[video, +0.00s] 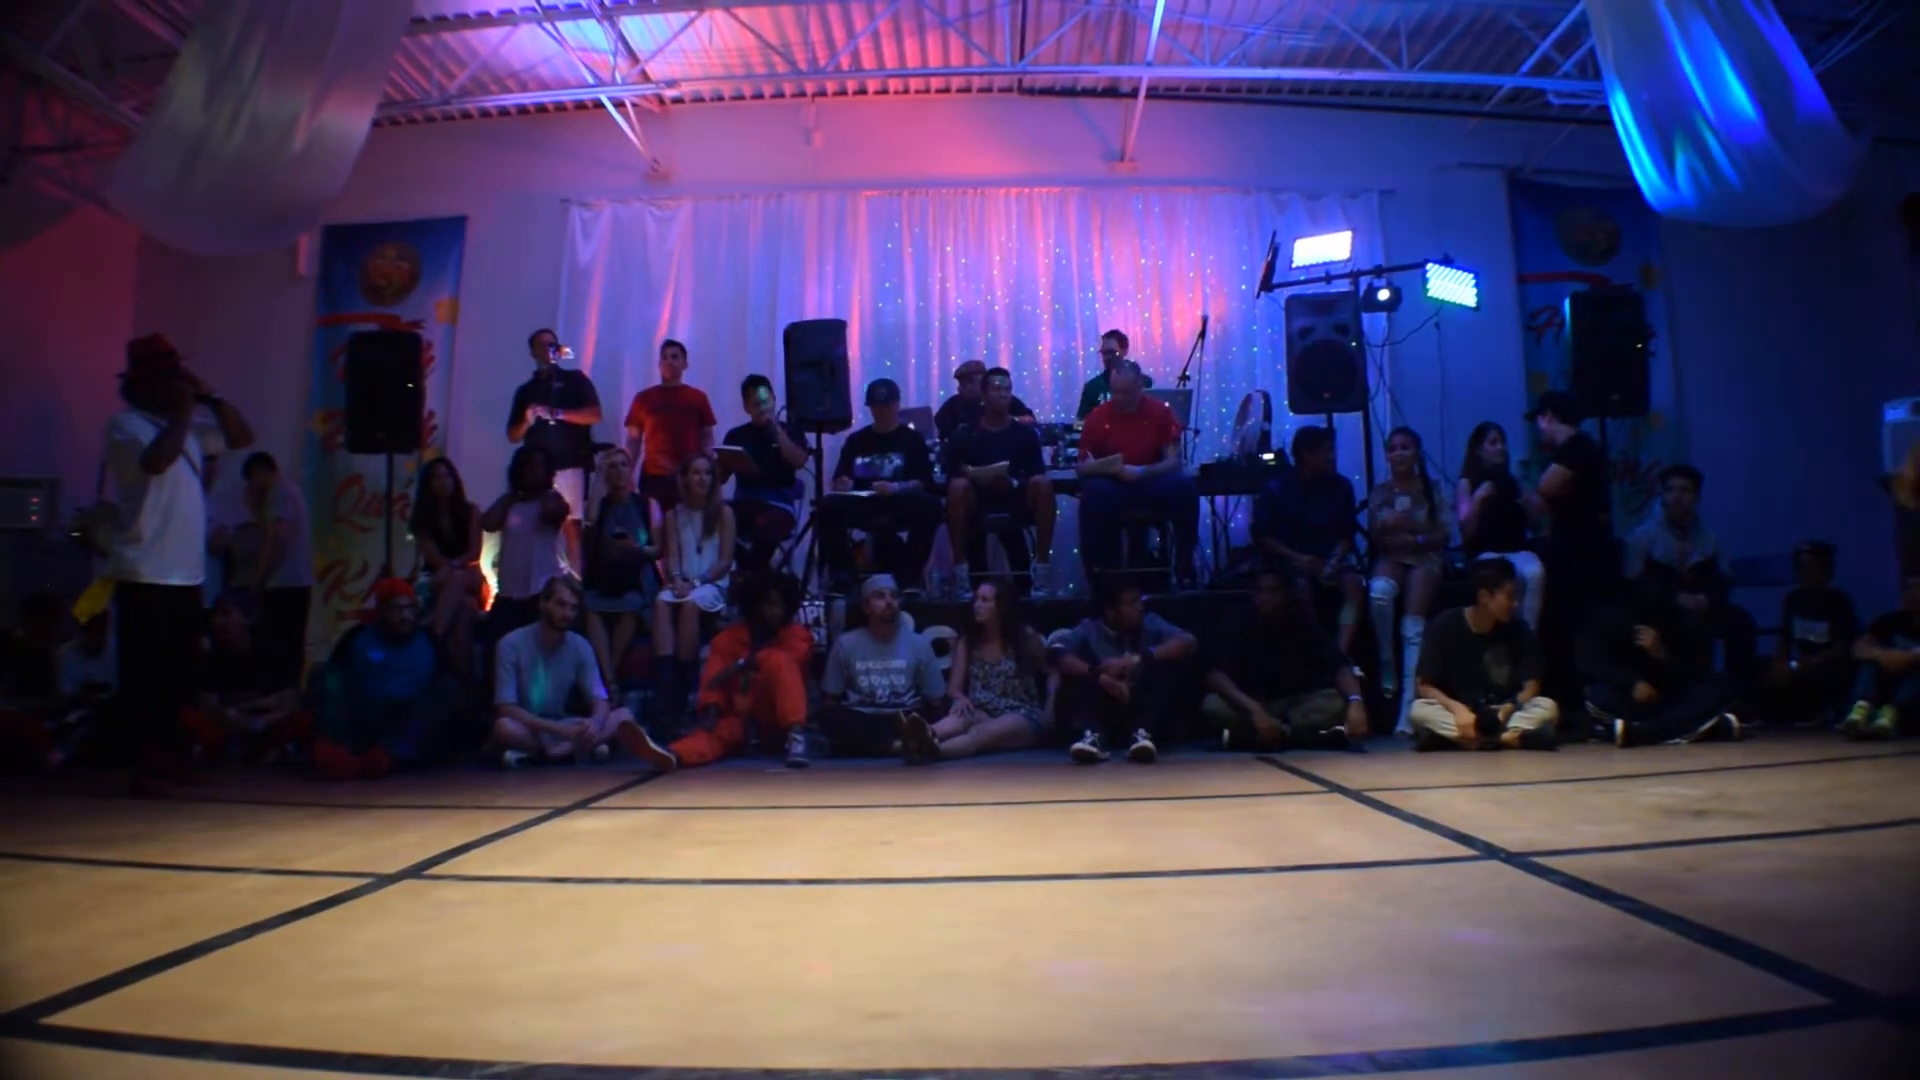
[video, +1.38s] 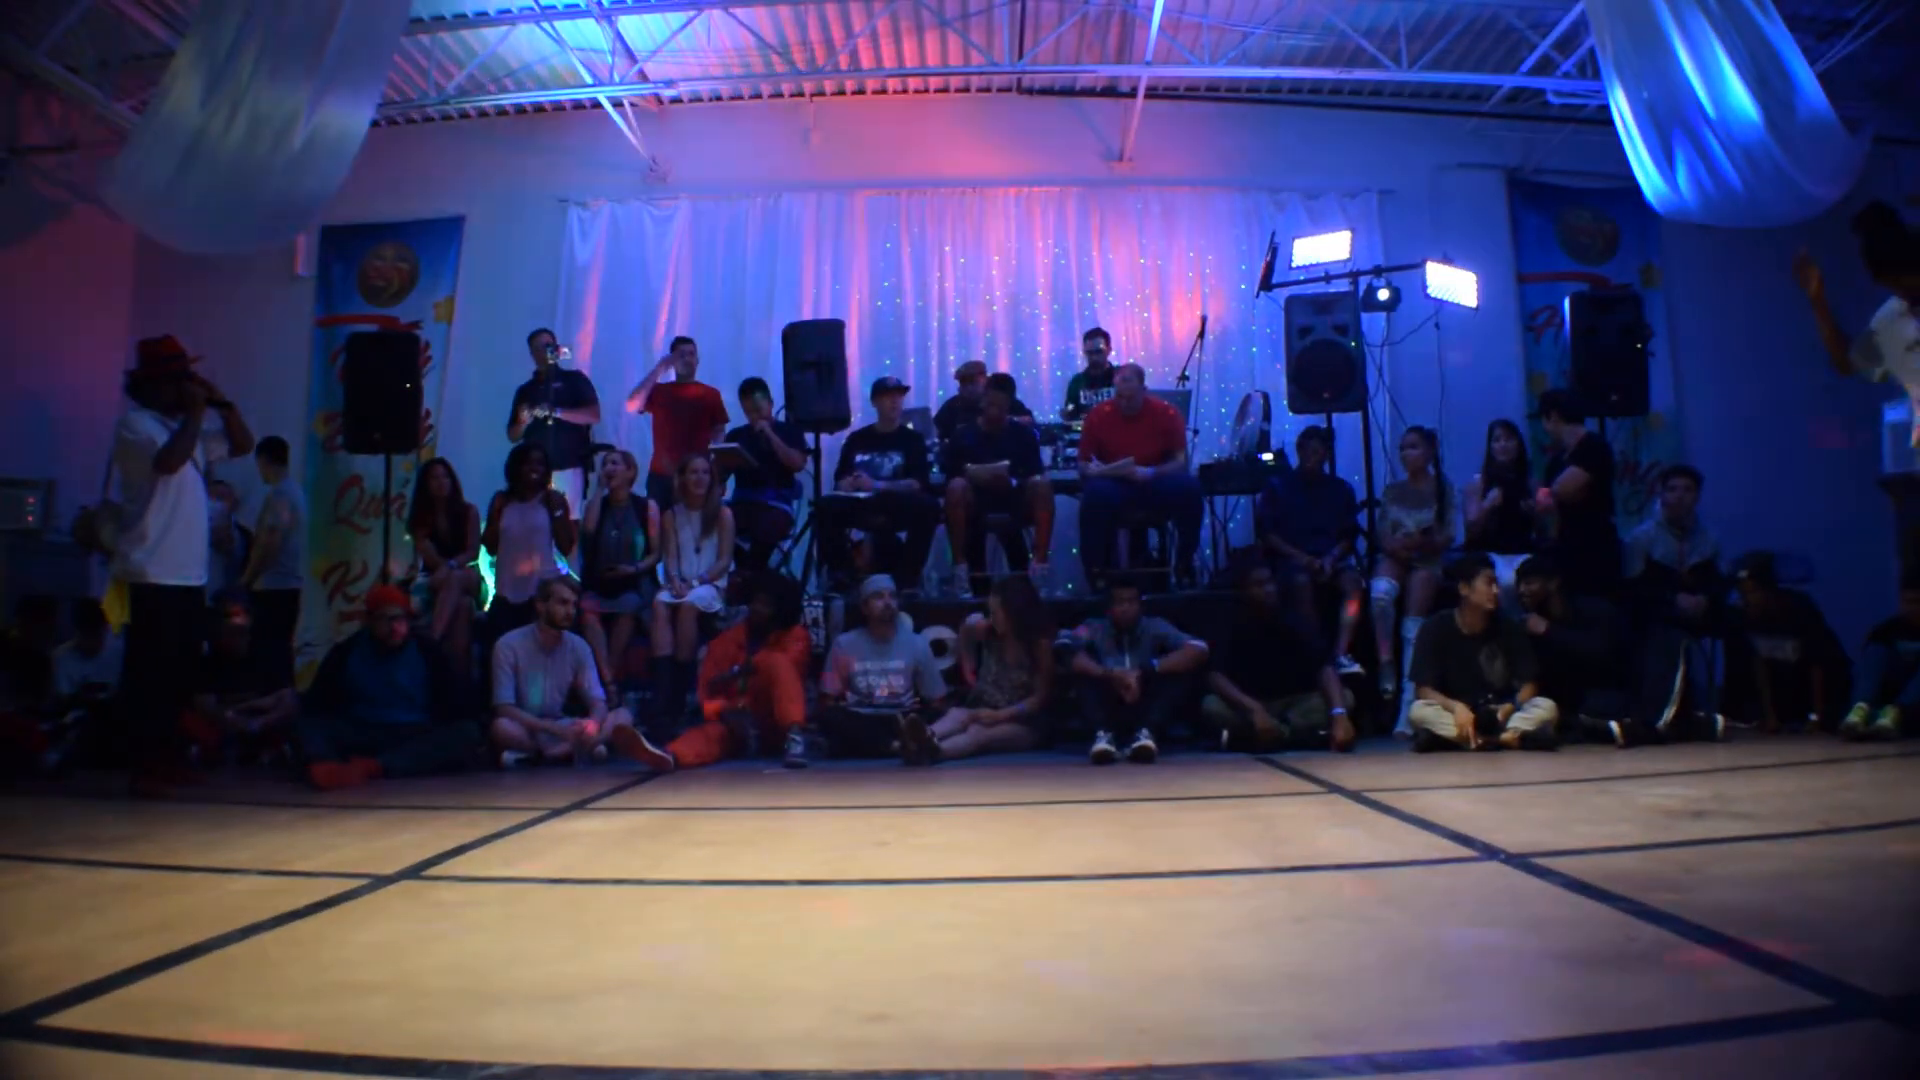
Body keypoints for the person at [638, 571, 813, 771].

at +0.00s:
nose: (775, 612)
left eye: (780, 606)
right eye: (768, 605)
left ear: (789, 608)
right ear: (753, 606)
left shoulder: (797, 635)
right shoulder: (728, 639)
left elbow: (790, 659)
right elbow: (712, 685)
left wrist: (752, 663)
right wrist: (711, 714)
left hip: (776, 714)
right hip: (738, 718)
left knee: (777, 659)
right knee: (715, 738)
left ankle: (796, 737)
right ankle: (673, 755)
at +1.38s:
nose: (757, 611)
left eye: (765, 605)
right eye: (755, 603)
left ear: (782, 610)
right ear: (749, 605)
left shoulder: (795, 636)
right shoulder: (726, 643)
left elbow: (786, 666)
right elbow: (707, 705)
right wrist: (731, 709)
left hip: (772, 719)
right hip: (736, 722)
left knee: (774, 660)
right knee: (711, 735)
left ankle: (794, 737)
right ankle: (670, 755)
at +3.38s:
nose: (777, 613)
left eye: (782, 607)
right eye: (770, 606)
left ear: (788, 609)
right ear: (754, 608)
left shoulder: (796, 636)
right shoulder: (725, 645)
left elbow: (785, 661)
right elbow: (709, 703)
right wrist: (732, 718)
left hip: (774, 720)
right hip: (737, 724)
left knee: (779, 660)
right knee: (709, 736)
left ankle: (794, 736)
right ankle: (670, 755)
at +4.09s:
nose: (778, 614)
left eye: (783, 607)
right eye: (771, 606)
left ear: (788, 609)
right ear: (755, 607)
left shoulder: (794, 636)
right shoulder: (724, 645)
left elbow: (788, 660)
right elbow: (708, 705)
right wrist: (732, 719)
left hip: (774, 719)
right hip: (737, 722)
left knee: (777, 660)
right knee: (710, 734)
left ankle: (795, 736)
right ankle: (669, 756)